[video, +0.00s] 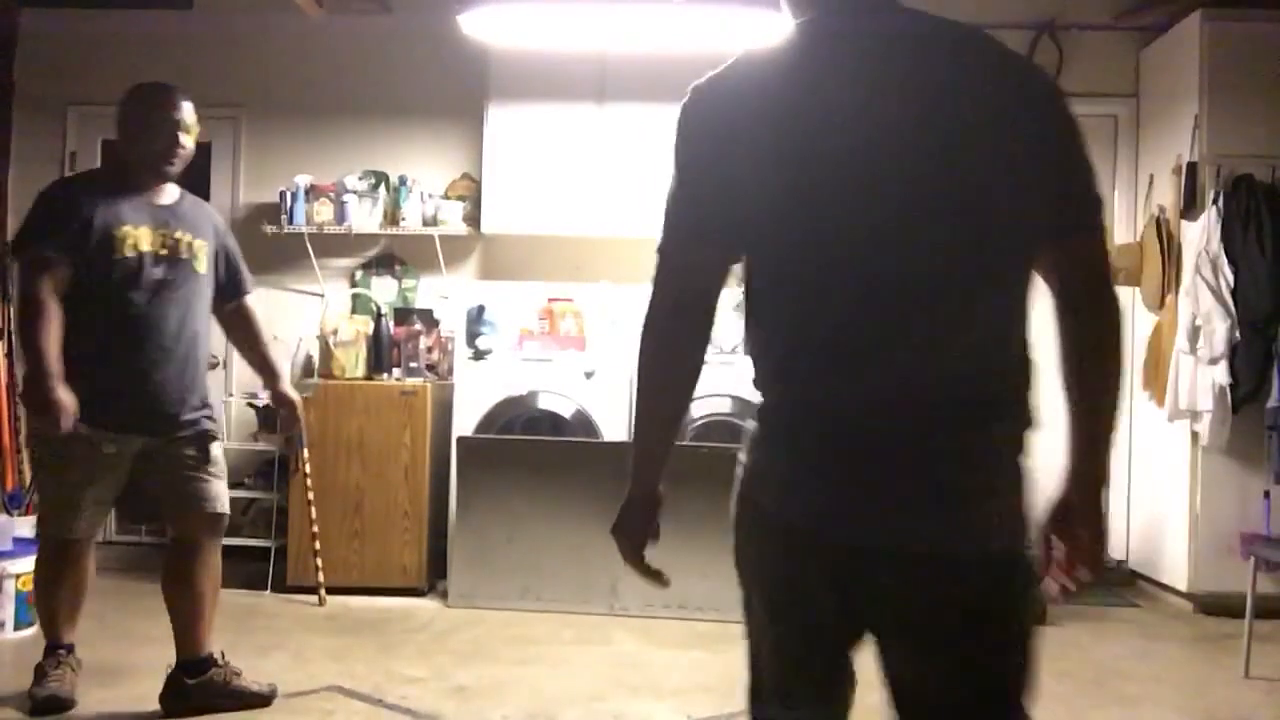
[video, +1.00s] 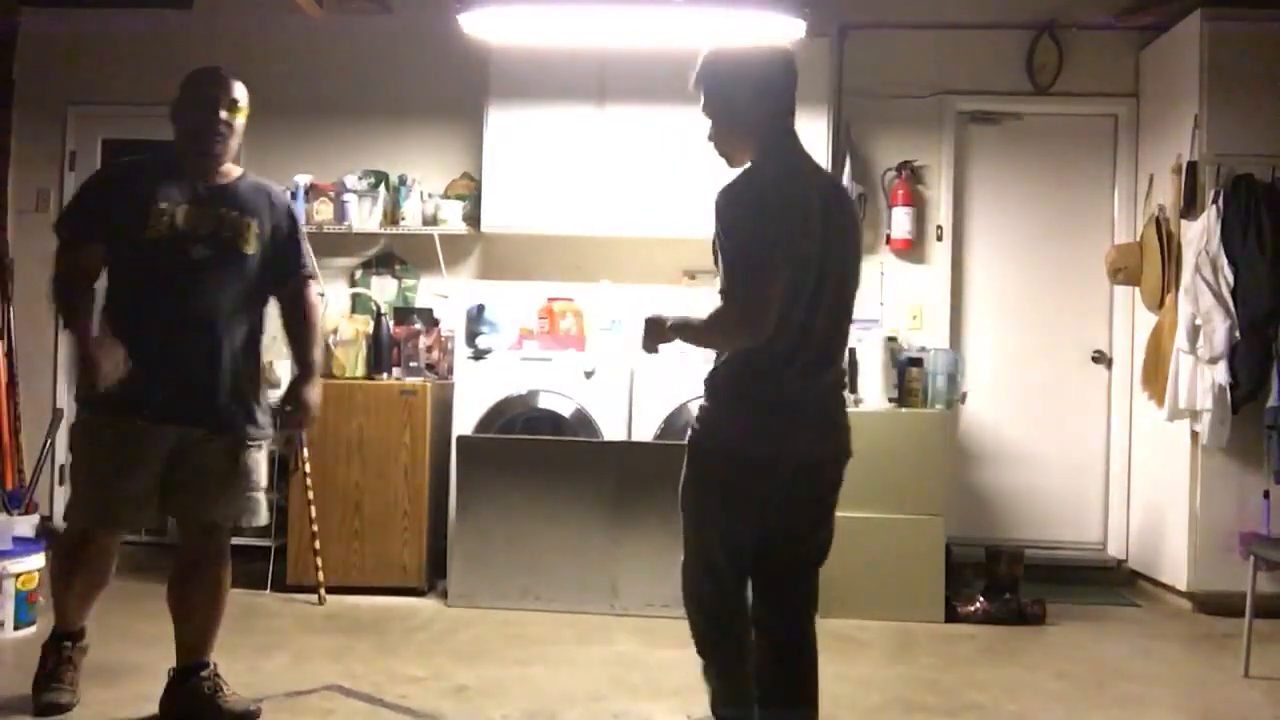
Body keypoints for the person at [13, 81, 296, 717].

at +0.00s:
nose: (183, 143)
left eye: (191, 133)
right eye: (170, 128)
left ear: (197, 143)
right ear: (128, 129)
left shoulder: (204, 219)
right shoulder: (72, 200)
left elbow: (235, 307)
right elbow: (41, 288)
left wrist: (277, 381)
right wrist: (47, 378)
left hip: (185, 412)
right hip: (87, 410)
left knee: (203, 522)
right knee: (68, 536)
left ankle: (196, 669)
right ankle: (58, 657)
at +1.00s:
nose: (220, 119)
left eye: (232, 111)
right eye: (207, 107)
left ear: (246, 124)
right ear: (178, 114)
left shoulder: (270, 207)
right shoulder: (126, 181)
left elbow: (302, 294)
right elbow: (75, 266)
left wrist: (311, 375)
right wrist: (88, 344)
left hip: (226, 407)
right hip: (127, 394)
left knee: (210, 543)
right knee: (91, 529)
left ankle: (193, 679)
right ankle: (66, 645)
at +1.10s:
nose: (242, 119)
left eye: (253, 110)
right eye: (229, 107)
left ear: (265, 123)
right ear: (198, 113)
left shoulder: (287, 208)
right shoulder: (145, 179)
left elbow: (316, 289)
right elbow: (94, 249)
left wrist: (333, 365)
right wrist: (136, 284)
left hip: (240, 408)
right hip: (141, 397)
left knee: (215, 543)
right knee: (104, 531)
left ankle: (193, 679)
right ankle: (75, 643)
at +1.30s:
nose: (270, 123)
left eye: (281, 114)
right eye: (258, 110)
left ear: (294, 128)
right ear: (226, 116)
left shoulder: (308, 211)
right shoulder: (183, 181)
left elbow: (335, 294)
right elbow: (142, 252)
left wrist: (356, 330)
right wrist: (232, 238)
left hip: (266, 401)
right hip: (174, 392)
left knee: (225, 539)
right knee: (154, 539)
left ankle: (194, 680)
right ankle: (120, 680)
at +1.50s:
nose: (306, 129)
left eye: (315, 120)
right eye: (294, 115)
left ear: (322, 131)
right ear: (259, 114)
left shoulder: (314, 210)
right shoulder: (220, 175)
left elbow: (308, 299)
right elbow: (191, 257)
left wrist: (346, 306)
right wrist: (298, 275)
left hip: (281, 397)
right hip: (208, 388)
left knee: (239, 540)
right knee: (221, 538)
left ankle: (193, 682)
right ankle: (206, 689)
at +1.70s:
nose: (355, 142)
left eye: (358, 130)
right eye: (348, 127)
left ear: (307, 124)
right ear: (304, 119)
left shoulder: (302, 198)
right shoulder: (261, 180)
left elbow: (305, 289)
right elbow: (250, 276)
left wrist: (362, 271)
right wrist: (349, 328)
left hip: (279, 404)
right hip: (247, 403)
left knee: (236, 545)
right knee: (275, 548)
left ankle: (193, 681)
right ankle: (298, 699)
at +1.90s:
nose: (402, 143)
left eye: (406, 130)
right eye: (396, 126)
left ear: (346, 119)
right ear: (354, 115)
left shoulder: (313, 175)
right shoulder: (322, 180)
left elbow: (313, 267)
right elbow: (319, 286)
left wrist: (378, 275)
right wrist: (411, 320)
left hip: (266, 391)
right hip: (301, 399)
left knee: (261, 534)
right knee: (319, 550)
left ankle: (200, 669)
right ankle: (317, 705)